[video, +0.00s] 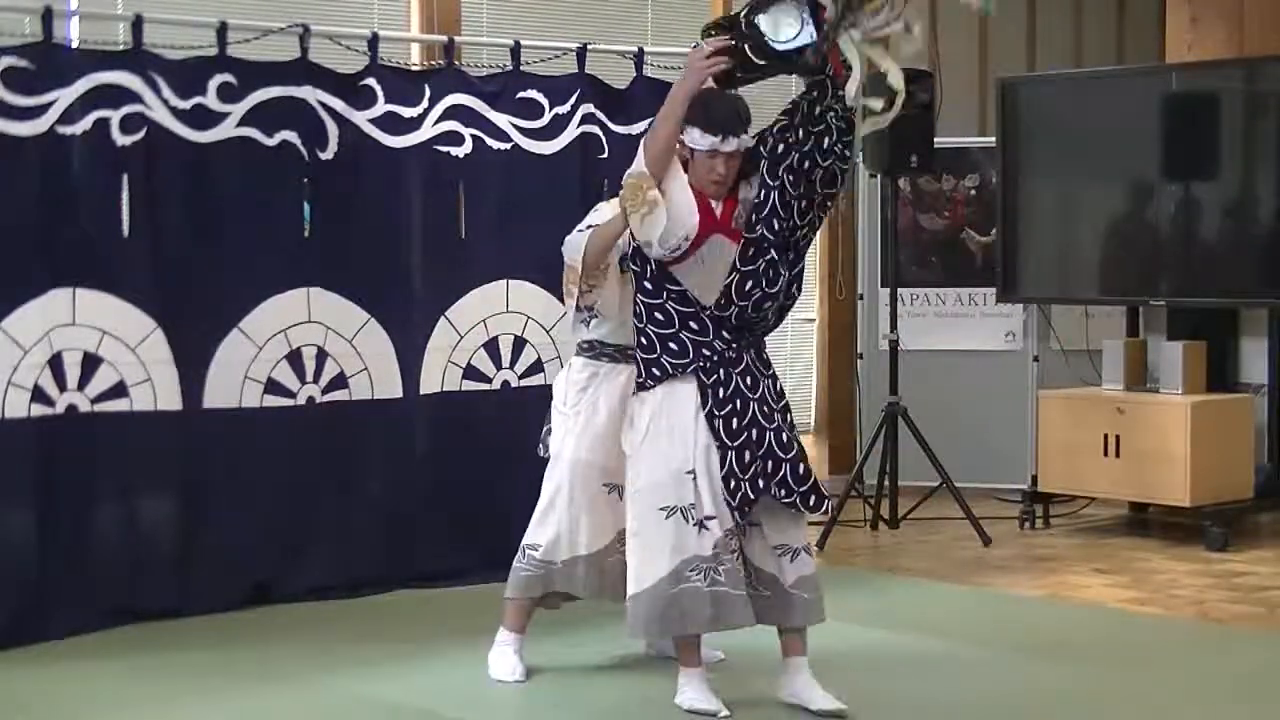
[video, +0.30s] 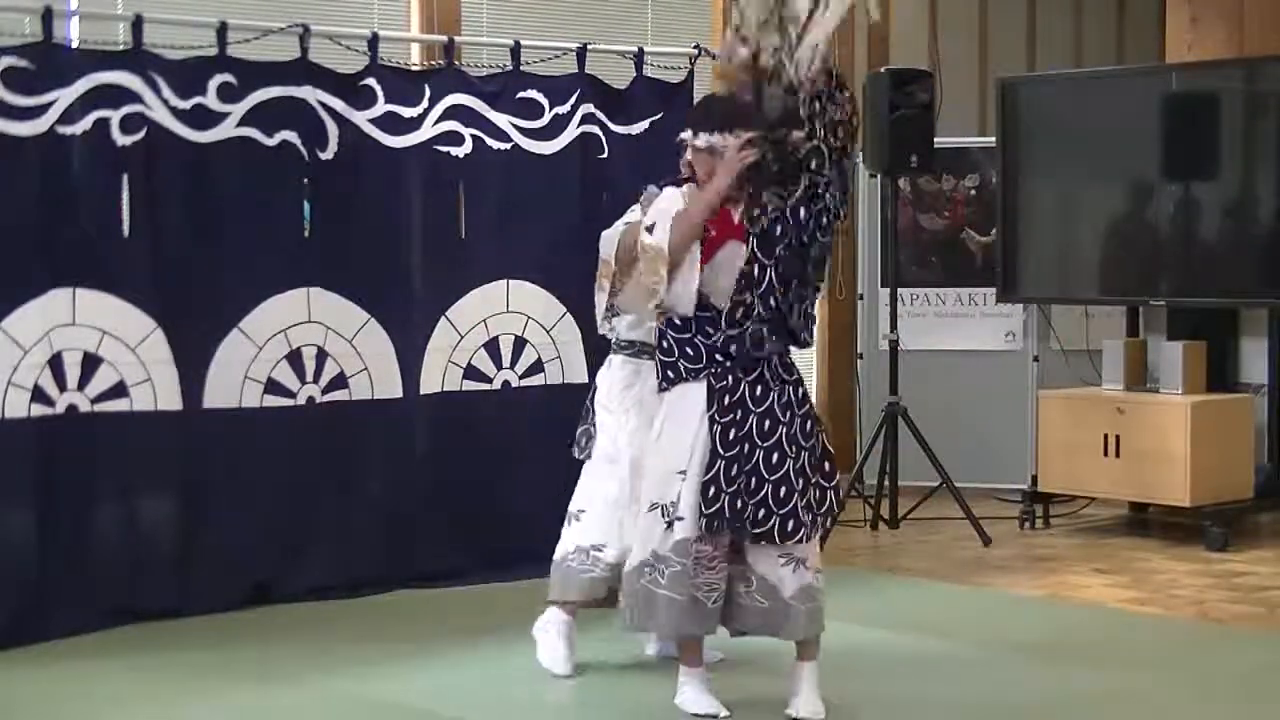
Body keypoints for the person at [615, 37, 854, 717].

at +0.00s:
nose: (725, 166)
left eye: (735, 154)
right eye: (713, 153)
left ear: (746, 154)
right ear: (684, 152)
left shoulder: (753, 201)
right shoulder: (663, 205)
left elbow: (814, 145)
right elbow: (653, 156)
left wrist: (824, 61)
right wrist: (685, 85)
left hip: (746, 371)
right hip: (677, 378)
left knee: (782, 509)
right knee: (687, 522)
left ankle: (795, 670)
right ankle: (692, 674)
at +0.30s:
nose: (745, 156)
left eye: (754, 144)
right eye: (725, 144)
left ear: (767, 150)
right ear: (697, 156)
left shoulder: (789, 213)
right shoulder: (677, 210)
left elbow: (830, 179)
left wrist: (819, 96)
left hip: (770, 378)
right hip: (696, 379)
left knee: (795, 534)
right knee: (707, 536)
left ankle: (805, 675)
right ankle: (691, 674)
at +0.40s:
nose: (711, 163)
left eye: (725, 150)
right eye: (702, 149)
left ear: (755, 152)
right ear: (691, 151)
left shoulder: (791, 213)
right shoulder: (677, 215)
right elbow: (650, 301)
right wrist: (701, 251)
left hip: (783, 391)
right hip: (709, 390)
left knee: (800, 538)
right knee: (711, 538)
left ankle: (806, 680)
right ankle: (690, 673)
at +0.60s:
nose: (701, 163)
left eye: (711, 152)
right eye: (701, 151)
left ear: (750, 159)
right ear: (721, 157)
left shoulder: (809, 224)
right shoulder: (693, 227)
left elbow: (850, 319)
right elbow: (650, 315)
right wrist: (693, 338)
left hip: (792, 405)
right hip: (706, 403)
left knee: (801, 539)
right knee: (702, 535)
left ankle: (806, 681)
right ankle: (691, 673)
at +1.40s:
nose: (699, 175)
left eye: (708, 164)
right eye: (698, 162)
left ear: (746, 170)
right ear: (730, 169)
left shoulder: (798, 237)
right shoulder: (729, 235)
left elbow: (806, 355)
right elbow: (716, 334)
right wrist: (695, 399)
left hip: (799, 429)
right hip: (749, 421)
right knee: (733, 551)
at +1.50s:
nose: (702, 181)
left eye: (711, 169)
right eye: (698, 169)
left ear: (749, 168)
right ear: (714, 170)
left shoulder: (790, 232)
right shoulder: (733, 232)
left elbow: (790, 348)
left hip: (788, 427)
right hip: (745, 421)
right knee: (761, 553)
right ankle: (807, 692)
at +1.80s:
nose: (711, 193)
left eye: (715, 179)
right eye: (706, 183)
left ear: (745, 164)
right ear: (741, 166)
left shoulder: (786, 210)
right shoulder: (727, 218)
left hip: (804, 414)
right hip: (733, 410)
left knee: (800, 547)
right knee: (714, 541)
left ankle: (801, 688)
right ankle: (702, 683)